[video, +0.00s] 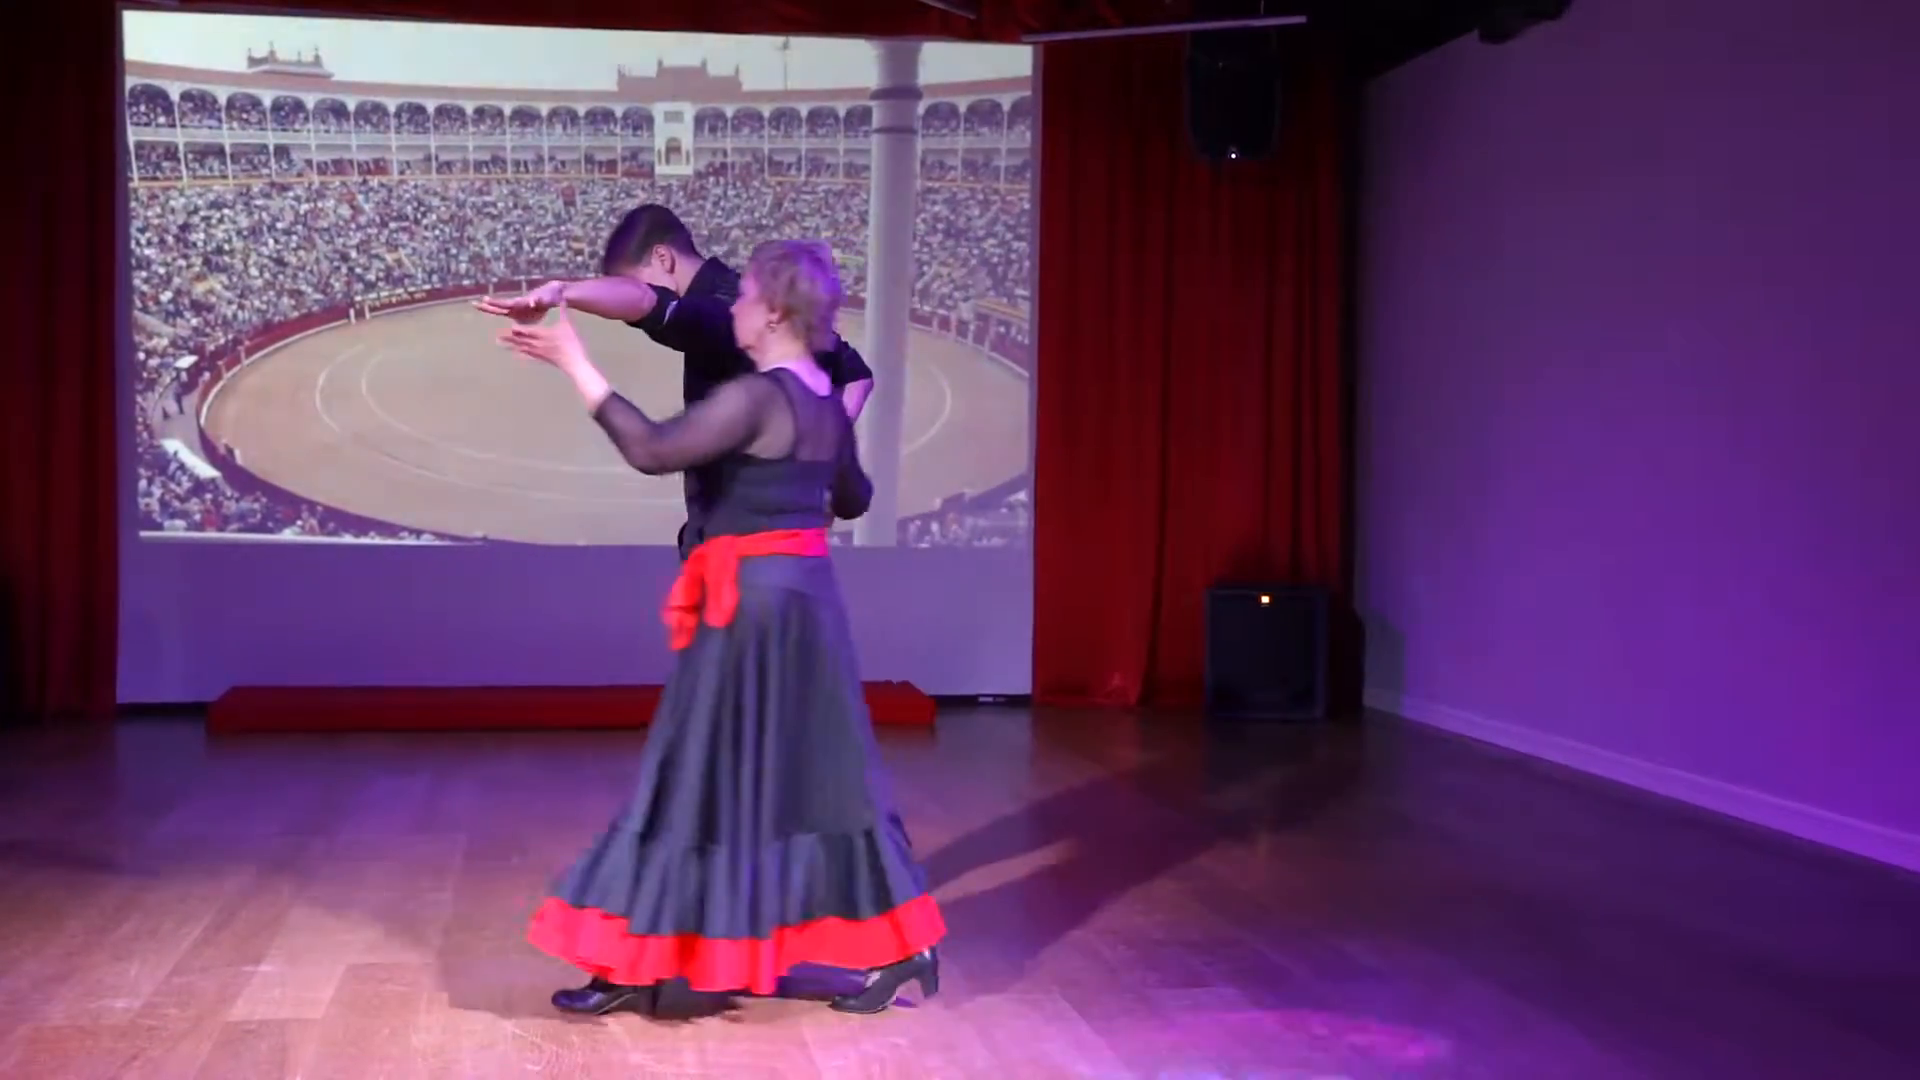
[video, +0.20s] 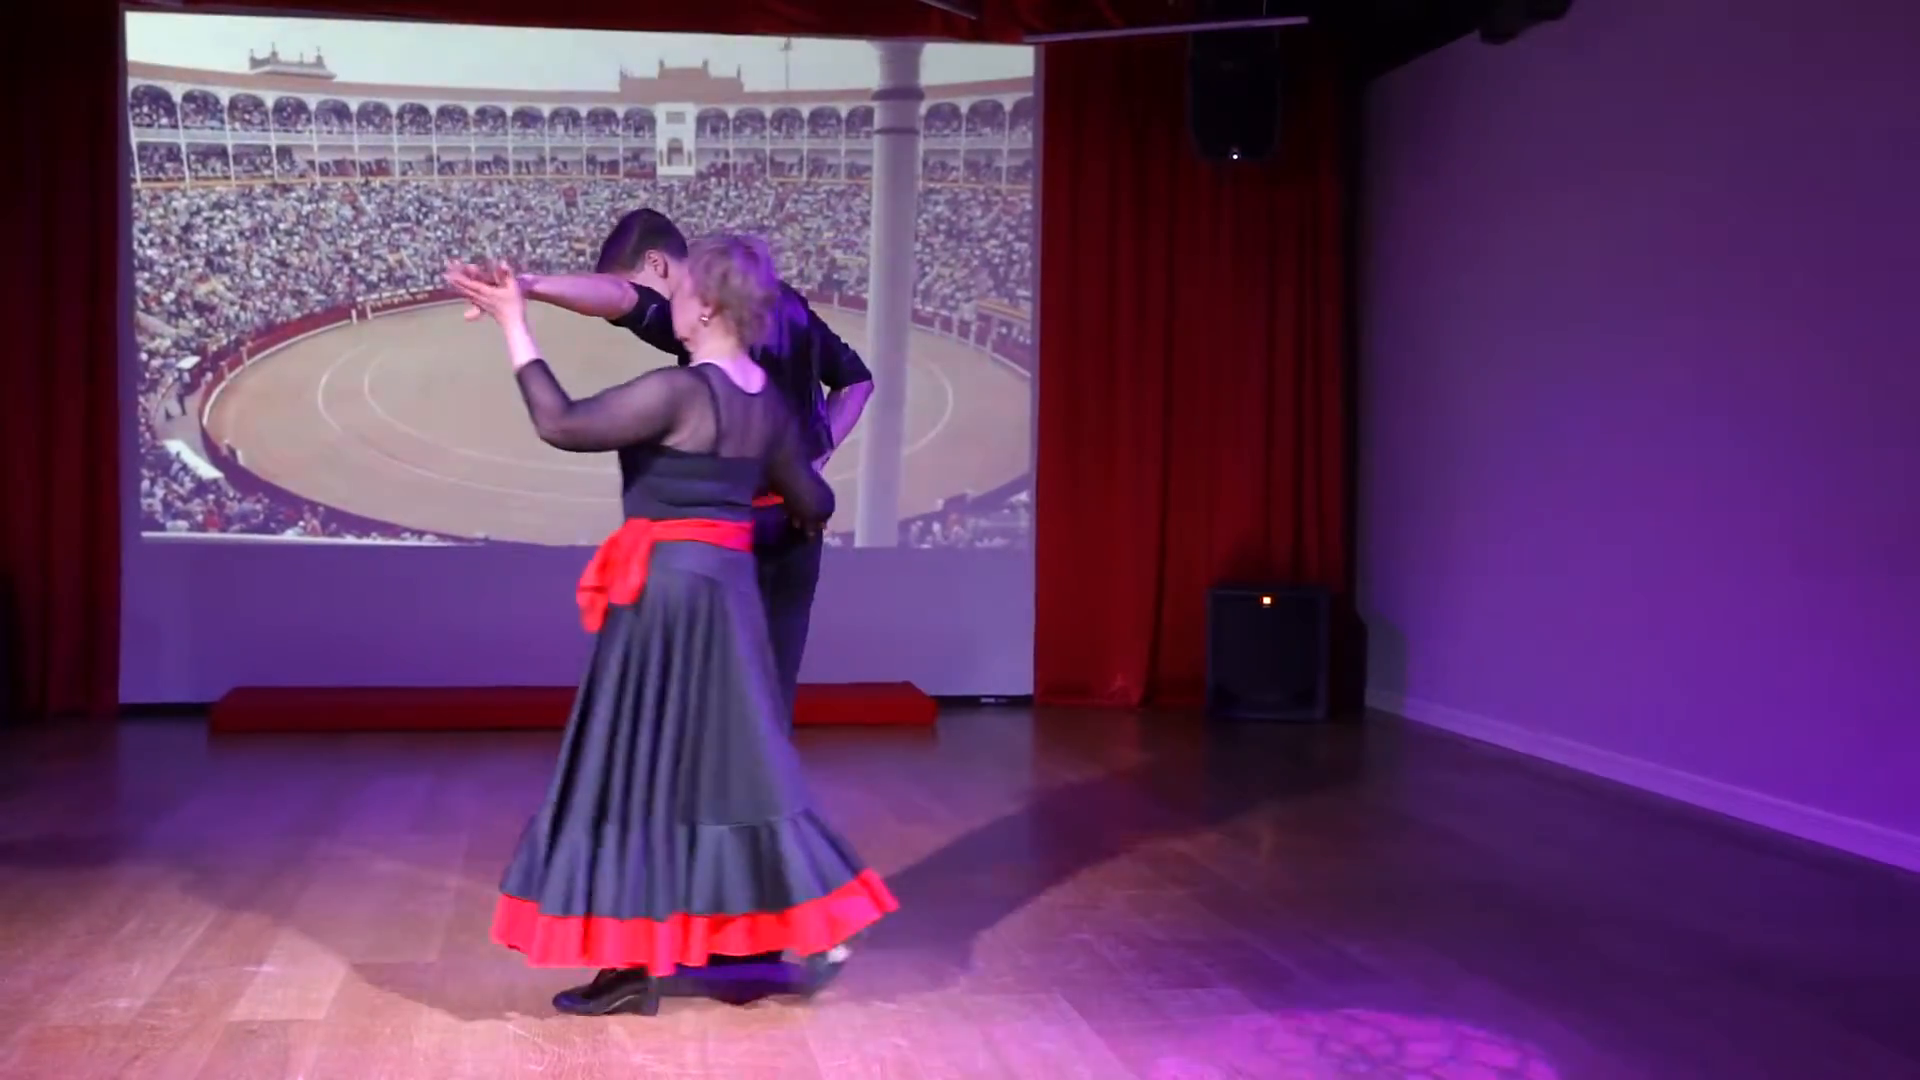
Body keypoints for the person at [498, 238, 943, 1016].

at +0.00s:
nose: (734, 306)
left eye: (744, 293)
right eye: (740, 291)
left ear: (771, 310)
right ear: (812, 313)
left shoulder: (749, 396)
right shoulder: (828, 405)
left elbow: (649, 451)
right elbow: (853, 499)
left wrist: (576, 364)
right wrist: (823, 444)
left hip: (750, 599)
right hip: (812, 595)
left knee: (696, 768)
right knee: (834, 765)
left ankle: (651, 957)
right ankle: (901, 941)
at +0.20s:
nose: (665, 305)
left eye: (675, 293)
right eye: (669, 291)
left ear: (705, 308)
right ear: (744, 313)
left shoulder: (674, 391)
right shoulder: (770, 404)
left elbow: (556, 421)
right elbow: (814, 503)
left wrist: (514, 322)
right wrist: (810, 517)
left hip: (664, 584)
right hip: (728, 584)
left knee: (637, 763)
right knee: (736, 757)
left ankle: (628, 959)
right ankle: (794, 927)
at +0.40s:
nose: (636, 301)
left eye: (645, 289)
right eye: (640, 286)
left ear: (674, 302)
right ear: (718, 304)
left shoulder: (638, 380)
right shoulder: (739, 397)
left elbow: (515, 394)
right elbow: (792, 495)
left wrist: (481, 293)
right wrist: (815, 494)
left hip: (638, 581)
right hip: (702, 583)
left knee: (626, 761)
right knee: (684, 759)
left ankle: (638, 957)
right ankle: (674, 951)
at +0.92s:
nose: (652, 303)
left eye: (656, 292)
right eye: (658, 292)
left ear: (668, 301)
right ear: (737, 306)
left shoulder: (639, 377)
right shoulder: (759, 395)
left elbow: (519, 372)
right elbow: (823, 483)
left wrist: (479, 279)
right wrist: (867, 478)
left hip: (658, 583)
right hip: (729, 585)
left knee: (657, 758)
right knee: (716, 760)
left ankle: (684, 951)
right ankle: (708, 951)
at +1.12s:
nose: (734, 285)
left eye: (736, 269)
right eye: (732, 270)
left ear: (764, 258)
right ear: (794, 252)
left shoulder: (782, 336)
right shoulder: (882, 308)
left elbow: (665, 358)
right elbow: (955, 395)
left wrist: (561, 293)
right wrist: (906, 453)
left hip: (832, 538)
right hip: (892, 528)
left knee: (830, 728)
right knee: (859, 724)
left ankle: (850, 916)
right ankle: (861, 904)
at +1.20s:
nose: (752, 280)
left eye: (755, 263)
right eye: (749, 265)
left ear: (786, 251)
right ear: (807, 247)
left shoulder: (822, 326)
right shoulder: (879, 309)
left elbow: (758, 414)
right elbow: (937, 412)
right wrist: (900, 466)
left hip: (845, 543)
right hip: (878, 534)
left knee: (844, 731)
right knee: (848, 727)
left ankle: (862, 917)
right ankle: (864, 909)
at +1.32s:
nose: (775, 273)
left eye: (777, 256)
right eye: (772, 257)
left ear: (811, 244)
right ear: (816, 242)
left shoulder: (870, 312)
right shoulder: (853, 307)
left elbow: (873, 434)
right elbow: (884, 414)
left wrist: (794, 389)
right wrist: (931, 469)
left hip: (868, 547)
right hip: (850, 542)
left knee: (859, 730)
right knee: (844, 725)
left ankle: (878, 916)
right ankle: (871, 905)